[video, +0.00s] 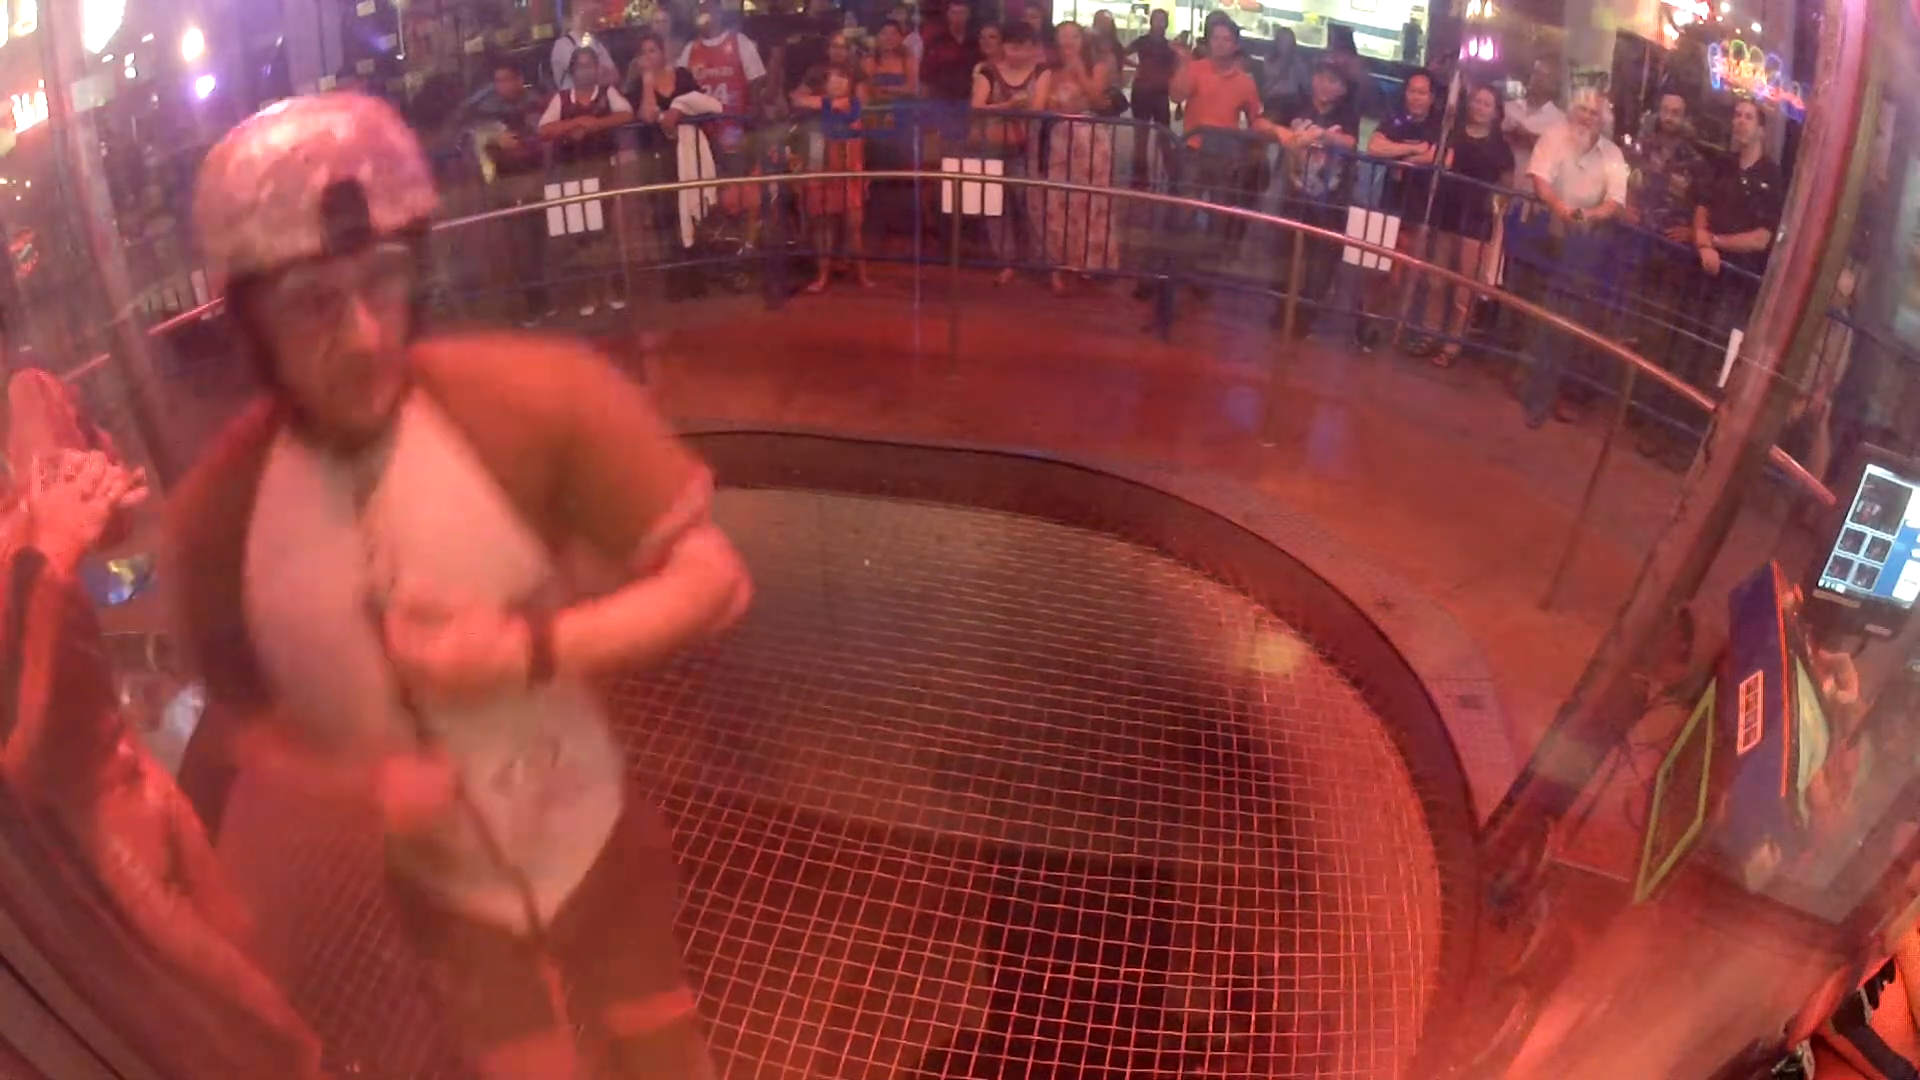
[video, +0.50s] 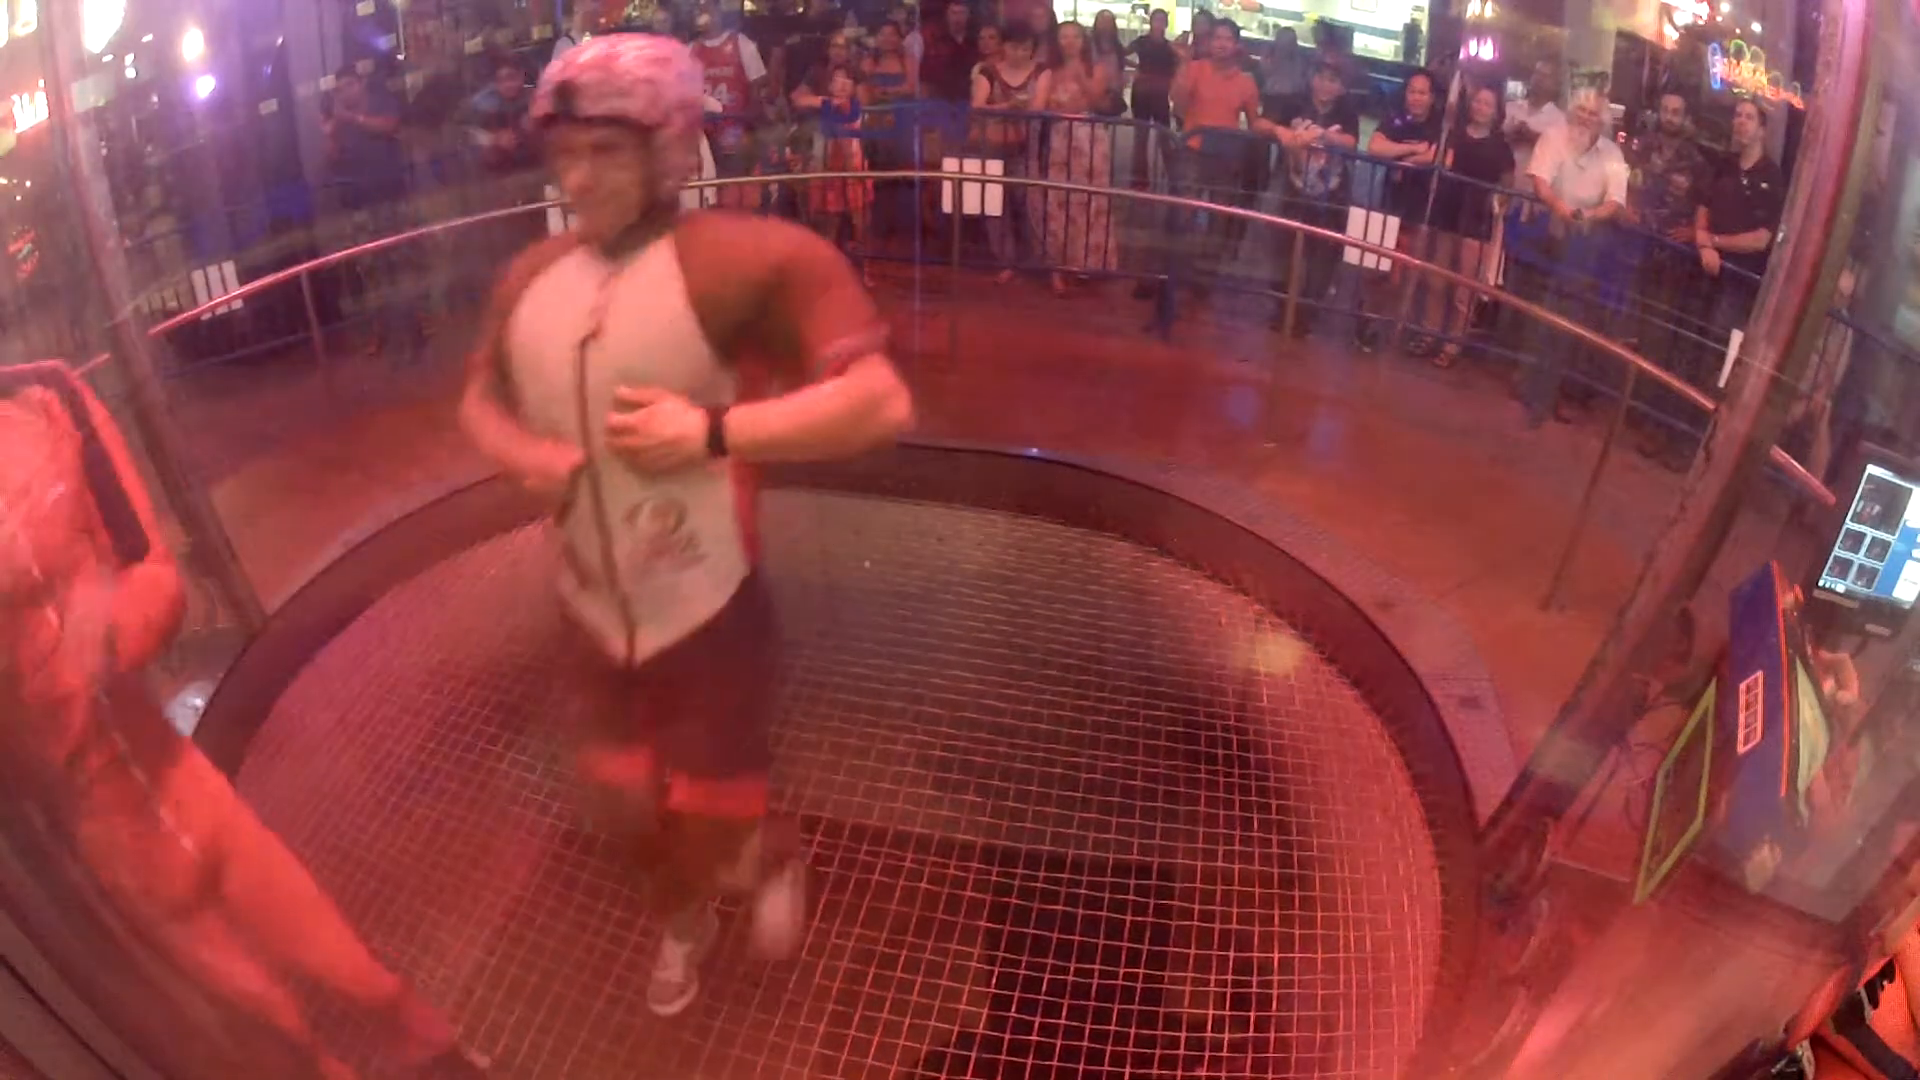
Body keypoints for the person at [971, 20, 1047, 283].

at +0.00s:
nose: (1015, 52)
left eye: (1021, 46)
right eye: (1011, 46)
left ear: (1033, 48)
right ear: (1003, 47)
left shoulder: (1041, 73)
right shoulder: (987, 71)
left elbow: (1037, 107)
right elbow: (976, 107)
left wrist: (1010, 107)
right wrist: (1009, 104)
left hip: (1026, 147)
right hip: (993, 147)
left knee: (1030, 204)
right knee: (995, 206)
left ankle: (1041, 260)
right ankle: (1005, 262)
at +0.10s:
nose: (1015, 52)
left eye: (1022, 46)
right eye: (1011, 46)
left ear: (1033, 49)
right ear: (1003, 47)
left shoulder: (1041, 73)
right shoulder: (987, 71)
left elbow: (1037, 108)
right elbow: (976, 108)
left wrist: (1011, 108)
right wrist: (1008, 105)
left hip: (1026, 148)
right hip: (992, 148)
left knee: (1030, 204)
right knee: (994, 207)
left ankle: (1043, 261)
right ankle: (1005, 261)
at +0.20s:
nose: (1019, 53)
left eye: (1025, 47)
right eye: (1014, 46)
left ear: (1034, 49)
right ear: (1004, 46)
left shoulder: (1041, 74)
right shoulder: (986, 71)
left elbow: (1037, 108)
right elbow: (977, 107)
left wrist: (1014, 106)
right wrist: (1008, 105)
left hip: (1025, 147)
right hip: (992, 147)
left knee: (1027, 202)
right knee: (994, 205)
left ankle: (1036, 258)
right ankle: (1004, 262)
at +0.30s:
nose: (1018, 53)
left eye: (1024, 47)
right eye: (1013, 46)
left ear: (1033, 49)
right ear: (1004, 47)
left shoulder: (1041, 74)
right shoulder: (987, 72)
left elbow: (1037, 108)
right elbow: (976, 108)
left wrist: (1013, 108)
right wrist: (1006, 106)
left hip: (1025, 148)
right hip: (992, 148)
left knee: (1027, 203)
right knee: (994, 206)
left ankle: (1037, 258)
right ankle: (1004, 262)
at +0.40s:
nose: (1020, 53)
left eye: (1025, 47)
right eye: (1015, 46)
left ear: (1033, 49)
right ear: (1004, 47)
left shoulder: (1041, 74)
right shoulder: (987, 72)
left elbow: (1037, 108)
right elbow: (976, 108)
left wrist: (1014, 107)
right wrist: (1006, 106)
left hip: (1025, 147)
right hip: (992, 148)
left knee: (1028, 203)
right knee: (994, 206)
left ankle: (1038, 259)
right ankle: (1005, 263)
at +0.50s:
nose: (1018, 53)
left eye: (1023, 47)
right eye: (1014, 47)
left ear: (1033, 49)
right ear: (1004, 47)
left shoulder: (1041, 74)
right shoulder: (988, 72)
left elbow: (1038, 108)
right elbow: (976, 109)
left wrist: (1016, 108)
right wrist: (1006, 107)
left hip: (1026, 147)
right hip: (993, 148)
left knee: (1030, 202)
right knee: (995, 206)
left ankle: (1038, 259)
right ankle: (1005, 263)